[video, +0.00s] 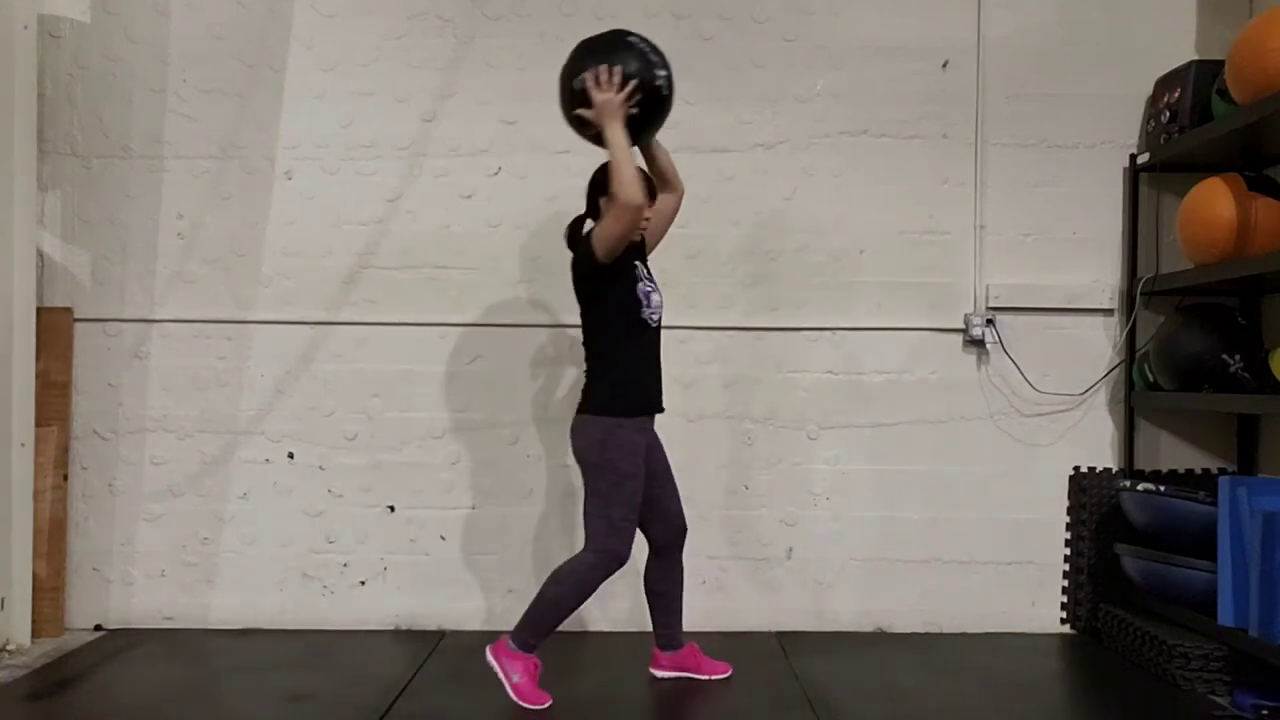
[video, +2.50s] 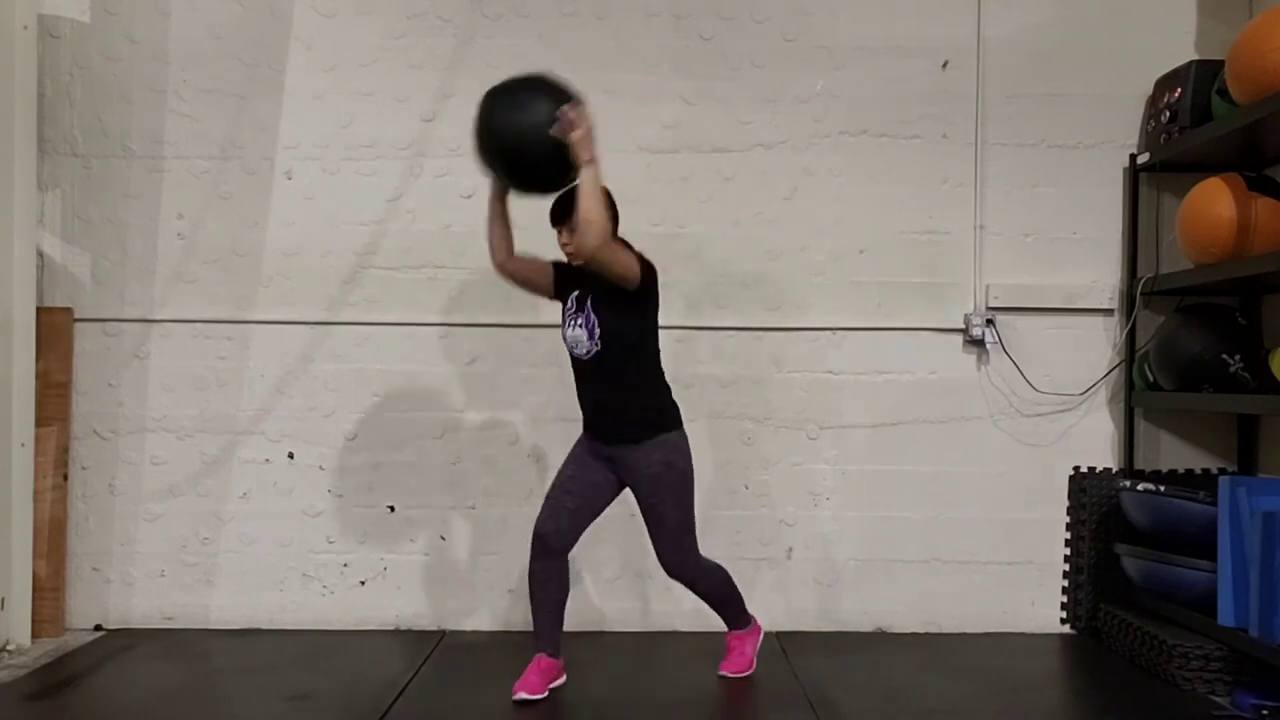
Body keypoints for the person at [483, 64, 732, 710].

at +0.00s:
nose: (637, 209)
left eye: (638, 198)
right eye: (627, 198)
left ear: (624, 207)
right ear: (606, 206)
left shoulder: (630, 249)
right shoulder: (593, 251)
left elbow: (673, 192)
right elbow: (631, 202)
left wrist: (640, 130)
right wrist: (611, 123)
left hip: (637, 427)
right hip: (607, 428)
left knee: (669, 535)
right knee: (607, 551)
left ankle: (671, 649)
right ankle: (517, 648)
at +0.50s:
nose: (702, 254)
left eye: (701, 245)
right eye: (700, 245)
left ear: (653, 239)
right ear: (687, 242)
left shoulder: (620, 286)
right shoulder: (685, 287)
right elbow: (759, 294)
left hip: (595, 446)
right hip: (632, 451)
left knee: (678, 532)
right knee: (626, 582)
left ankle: (673, 650)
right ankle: (522, 660)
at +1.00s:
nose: (734, 314)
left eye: (735, 306)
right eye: (734, 305)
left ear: (685, 301)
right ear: (721, 303)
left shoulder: (657, 348)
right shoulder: (720, 366)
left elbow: (660, 424)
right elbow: (733, 452)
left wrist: (733, 461)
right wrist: (748, 503)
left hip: (601, 476)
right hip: (620, 485)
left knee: (695, 534)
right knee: (628, 622)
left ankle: (676, 650)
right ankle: (516, 666)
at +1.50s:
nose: (697, 242)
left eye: (697, 234)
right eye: (695, 233)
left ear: (653, 233)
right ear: (674, 230)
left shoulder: (640, 282)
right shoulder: (678, 278)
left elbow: (685, 360)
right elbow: (749, 325)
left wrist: (726, 301)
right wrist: (774, 290)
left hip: (626, 433)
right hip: (638, 435)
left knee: (691, 535)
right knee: (631, 561)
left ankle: (671, 650)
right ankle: (529, 651)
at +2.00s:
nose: (653, 207)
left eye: (662, 199)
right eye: (643, 197)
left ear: (671, 210)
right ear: (621, 204)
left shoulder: (681, 265)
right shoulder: (603, 252)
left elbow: (750, 242)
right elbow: (608, 176)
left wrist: (725, 173)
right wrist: (643, 116)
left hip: (665, 425)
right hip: (606, 423)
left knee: (695, 533)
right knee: (580, 543)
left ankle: (676, 645)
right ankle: (552, 655)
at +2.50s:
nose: (562, 237)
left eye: (570, 227)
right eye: (557, 229)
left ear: (599, 226)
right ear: (558, 235)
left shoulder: (634, 276)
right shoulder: (568, 281)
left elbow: (594, 242)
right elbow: (506, 260)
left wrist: (585, 157)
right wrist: (499, 188)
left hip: (655, 446)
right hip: (599, 446)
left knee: (680, 560)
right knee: (548, 540)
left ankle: (743, 627)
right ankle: (548, 657)